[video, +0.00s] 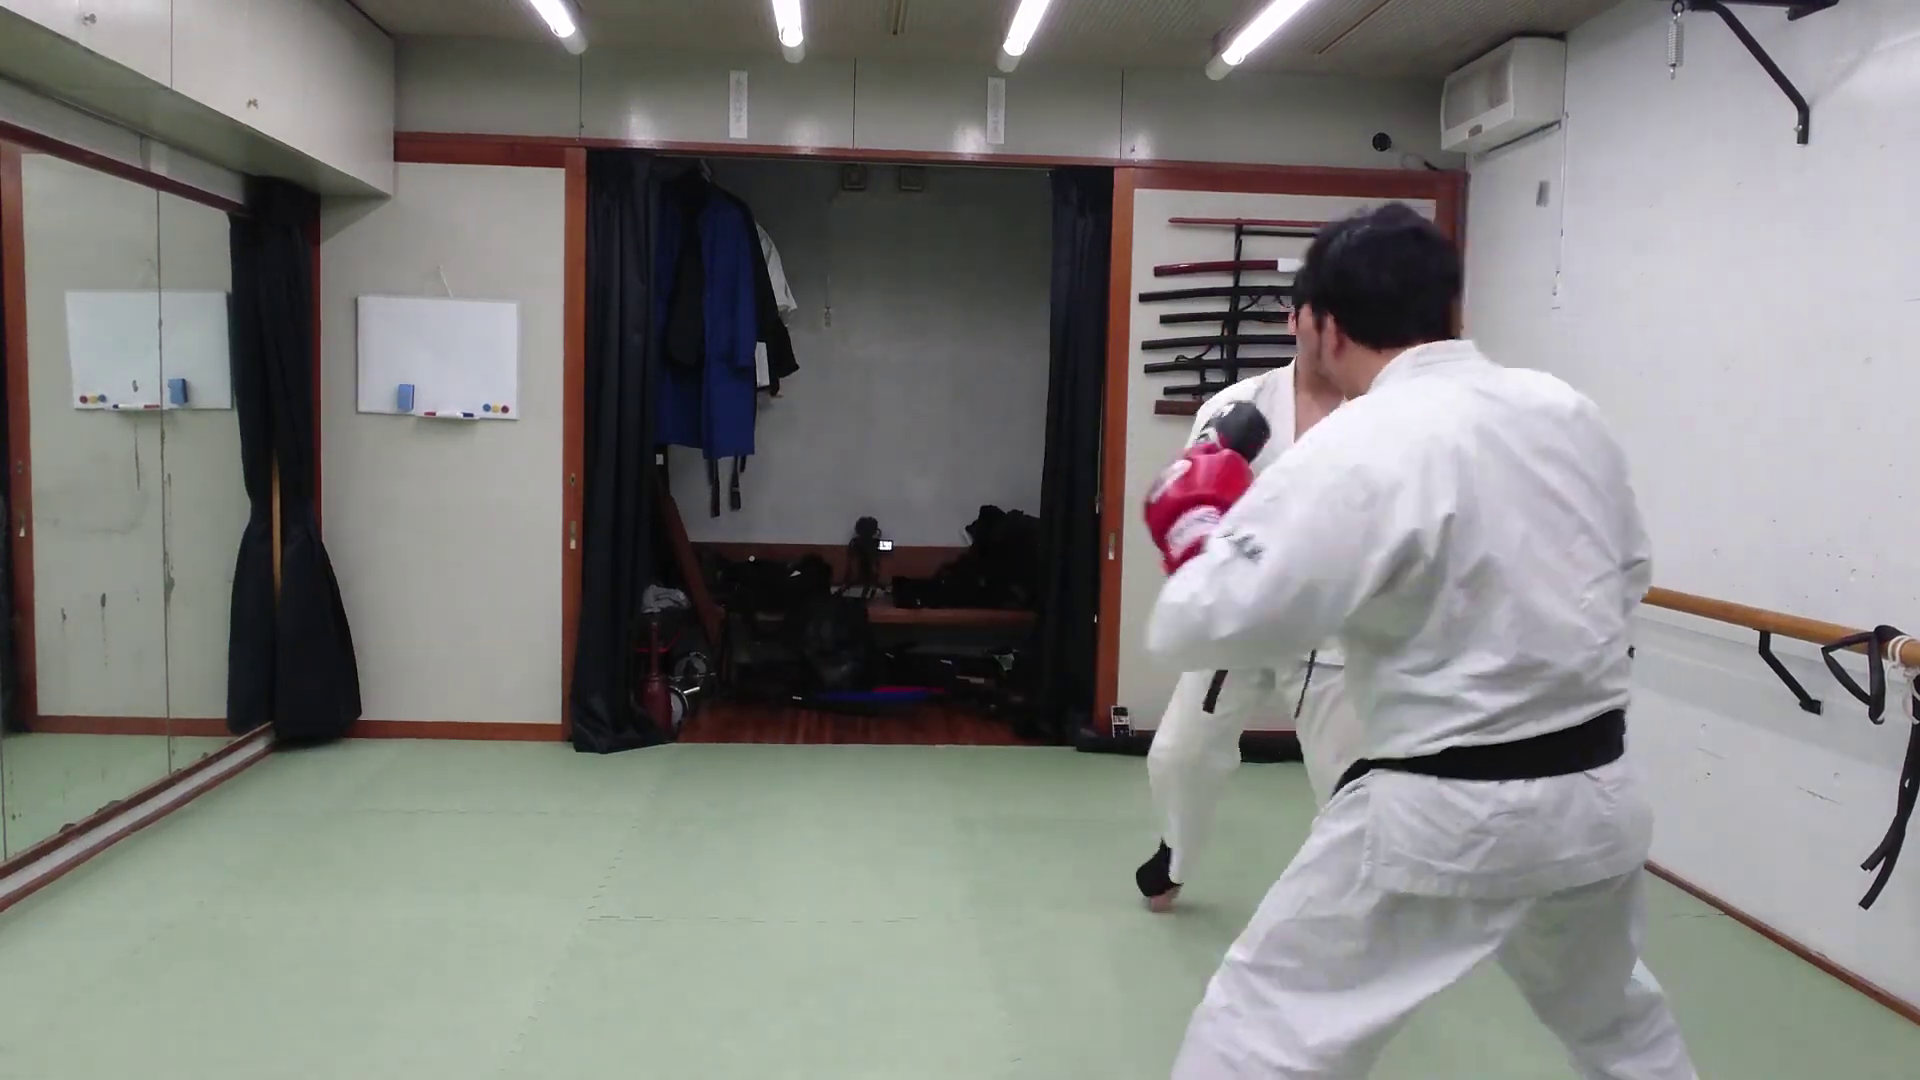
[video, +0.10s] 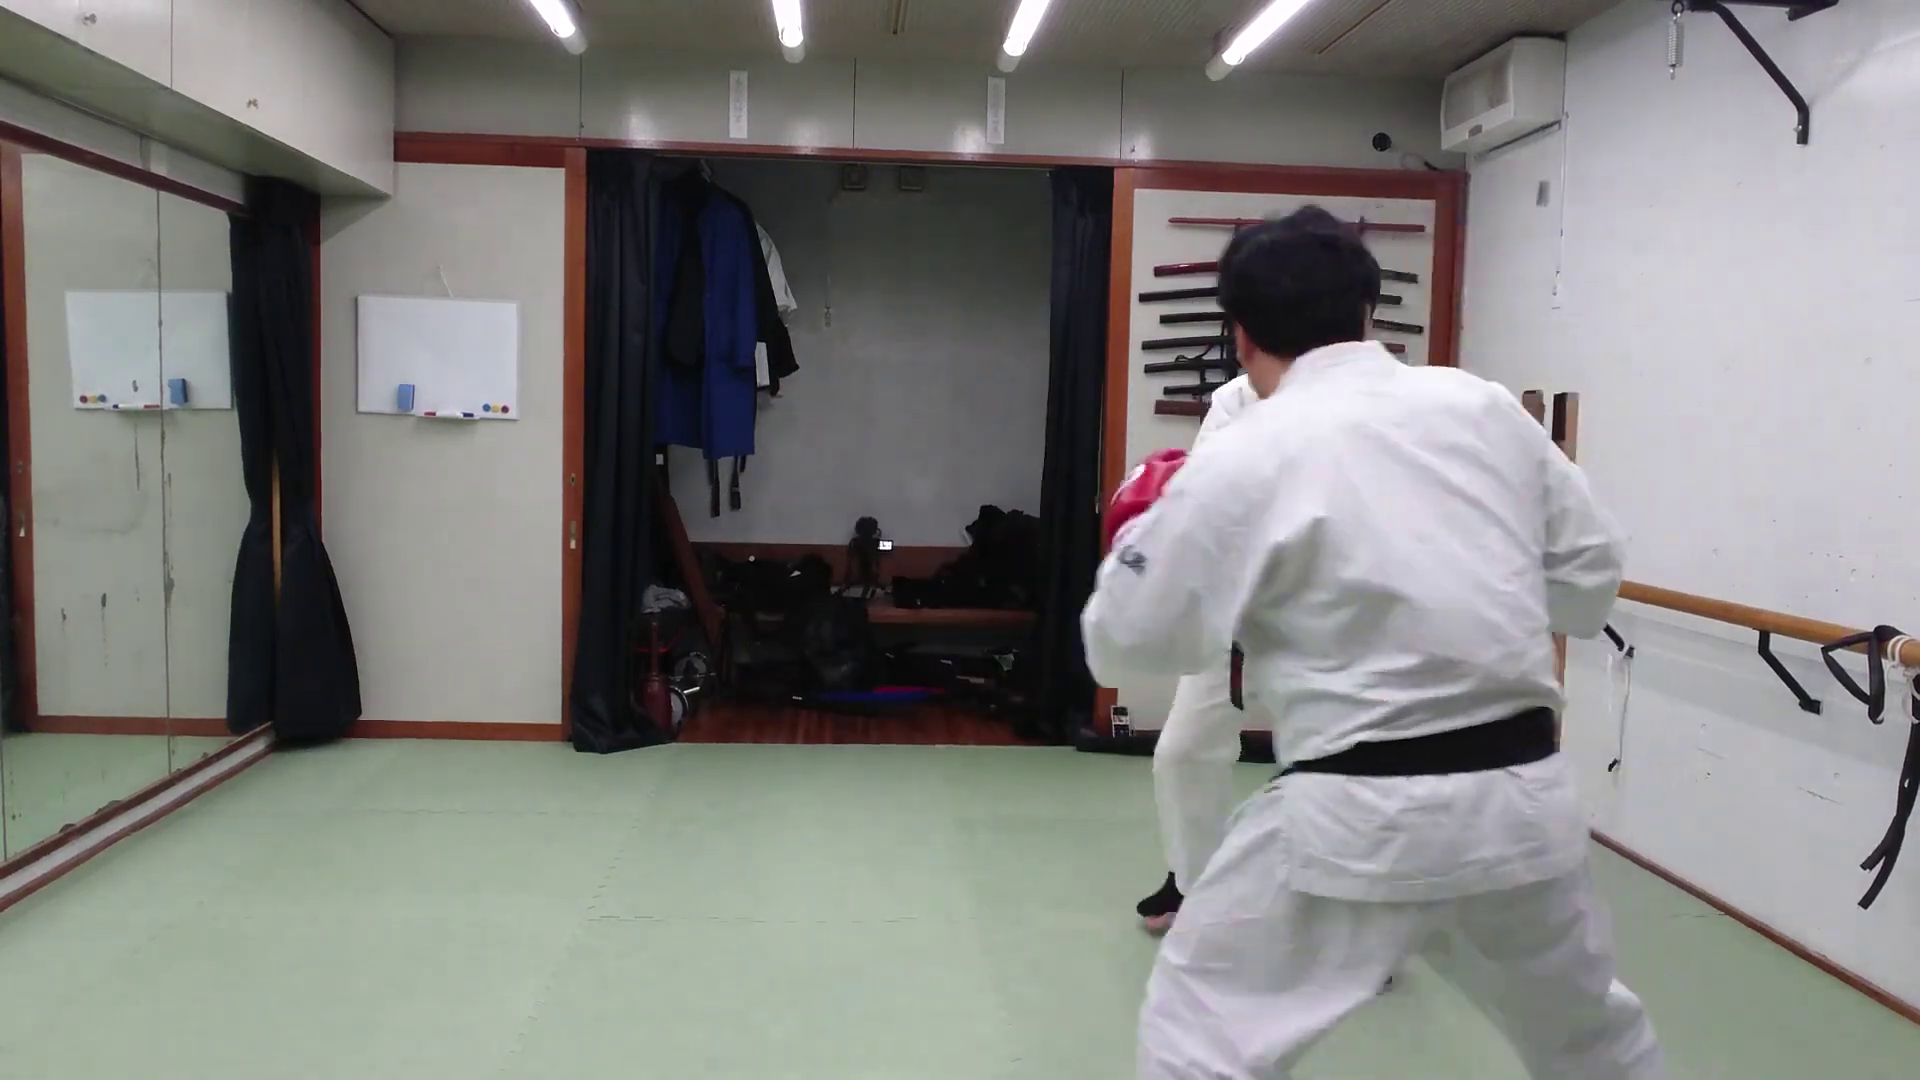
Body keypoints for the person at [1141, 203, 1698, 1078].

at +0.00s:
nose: (1298, 340)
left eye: (1298, 319)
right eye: (1297, 320)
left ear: (1324, 323)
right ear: (1448, 306)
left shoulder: (1366, 446)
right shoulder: (1568, 410)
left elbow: (1227, 619)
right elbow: (1631, 572)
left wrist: (1192, 529)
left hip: (1434, 822)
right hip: (1597, 801)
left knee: (1258, 1018)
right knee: (1620, 1019)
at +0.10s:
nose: (1235, 360)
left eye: (1233, 339)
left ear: (1245, 340)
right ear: (1365, 315)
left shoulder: (1250, 450)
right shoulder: (1486, 408)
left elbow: (1133, 637)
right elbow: (1592, 566)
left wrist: (1150, 522)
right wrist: (1518, 637)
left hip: (1346, 829)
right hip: (1525, 809)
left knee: (1196, 1023)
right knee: (1595, 1038)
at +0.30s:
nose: (1144, 262)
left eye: (1145, 244)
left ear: (1161, 259)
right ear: (1287, 237)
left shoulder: (1115, 377)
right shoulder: (1392, 336)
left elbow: (1000, 567)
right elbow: (1504, 497)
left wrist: (1029, 618)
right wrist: (1427, 537)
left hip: (1197, 783)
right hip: (1387, 777)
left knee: (1182, 1056)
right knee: (1430, 1052)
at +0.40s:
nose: (1112, 243)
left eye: (1117, 225)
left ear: (1131, 235)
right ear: (1263, 221)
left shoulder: (1071, 355)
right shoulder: (1362, 329)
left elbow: (976, 542)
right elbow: (1462, 499)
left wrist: (1035, 589)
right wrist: (1376, 517)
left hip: (1115, 774)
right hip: (1300, 775)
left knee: (1137, 1062)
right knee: (1298, 1065)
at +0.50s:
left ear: (1111, 268)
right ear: (1244, 255)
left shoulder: (1033, 384)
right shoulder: (1326, 379)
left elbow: (920, 590)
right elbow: (1397, 567)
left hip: (1031, 813)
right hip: (1199, 830)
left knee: (1049, 1048)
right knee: (1142, 1064)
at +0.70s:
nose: (1175, 244)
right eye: (1175, 224)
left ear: (1023, 220)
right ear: (1155, 230)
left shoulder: (922, 334)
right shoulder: (1205, 349)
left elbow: (825, 514)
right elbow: (1252, 570)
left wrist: (946, 519)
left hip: (902, 757)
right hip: (1065, 793)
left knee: (893, 983)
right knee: (1079, 1059)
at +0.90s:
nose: (1031, 302)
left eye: (1031, 279)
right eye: (1031, 276)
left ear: (900, 264)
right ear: (1009, 277)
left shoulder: (797, 386)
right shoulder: (1009, 396)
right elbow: (1114, 567)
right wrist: (1129, 421)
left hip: (758, 782)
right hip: (892, 812)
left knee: (762, 1054)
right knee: (980, 1061)